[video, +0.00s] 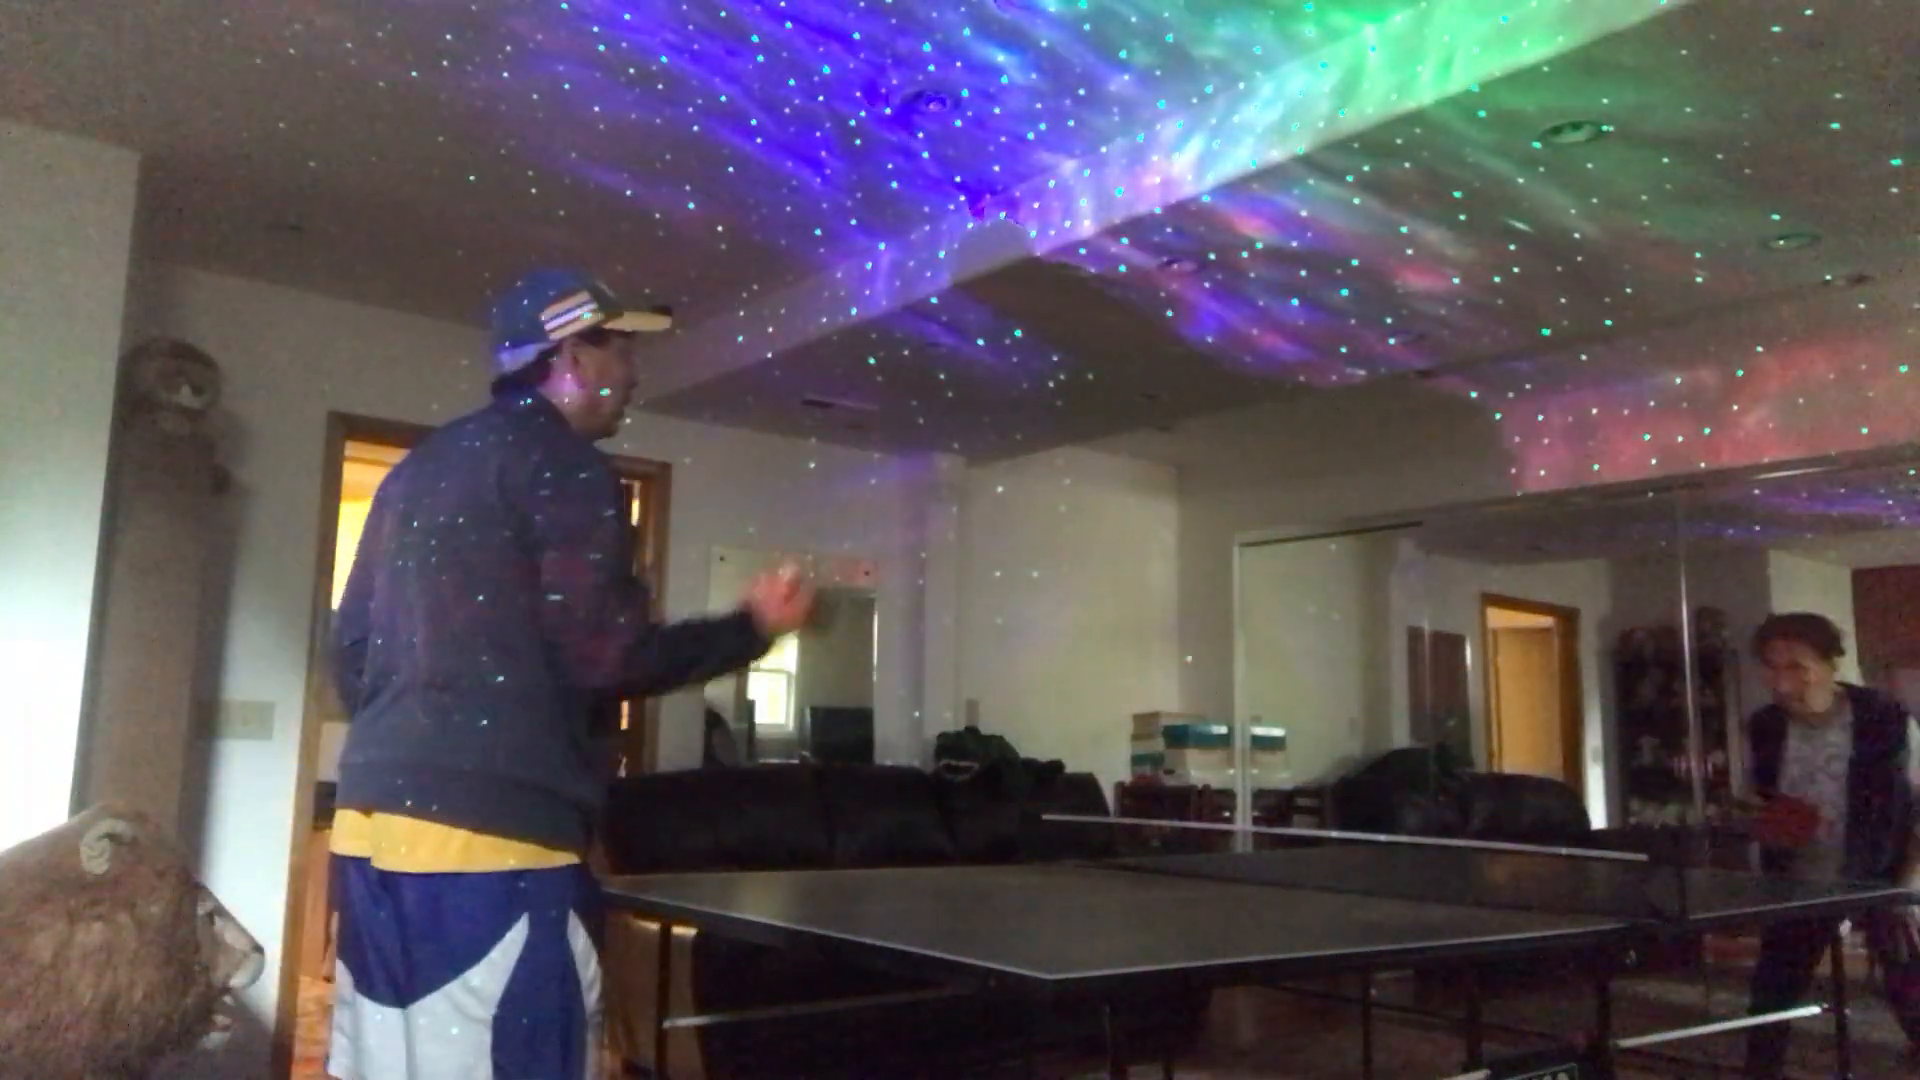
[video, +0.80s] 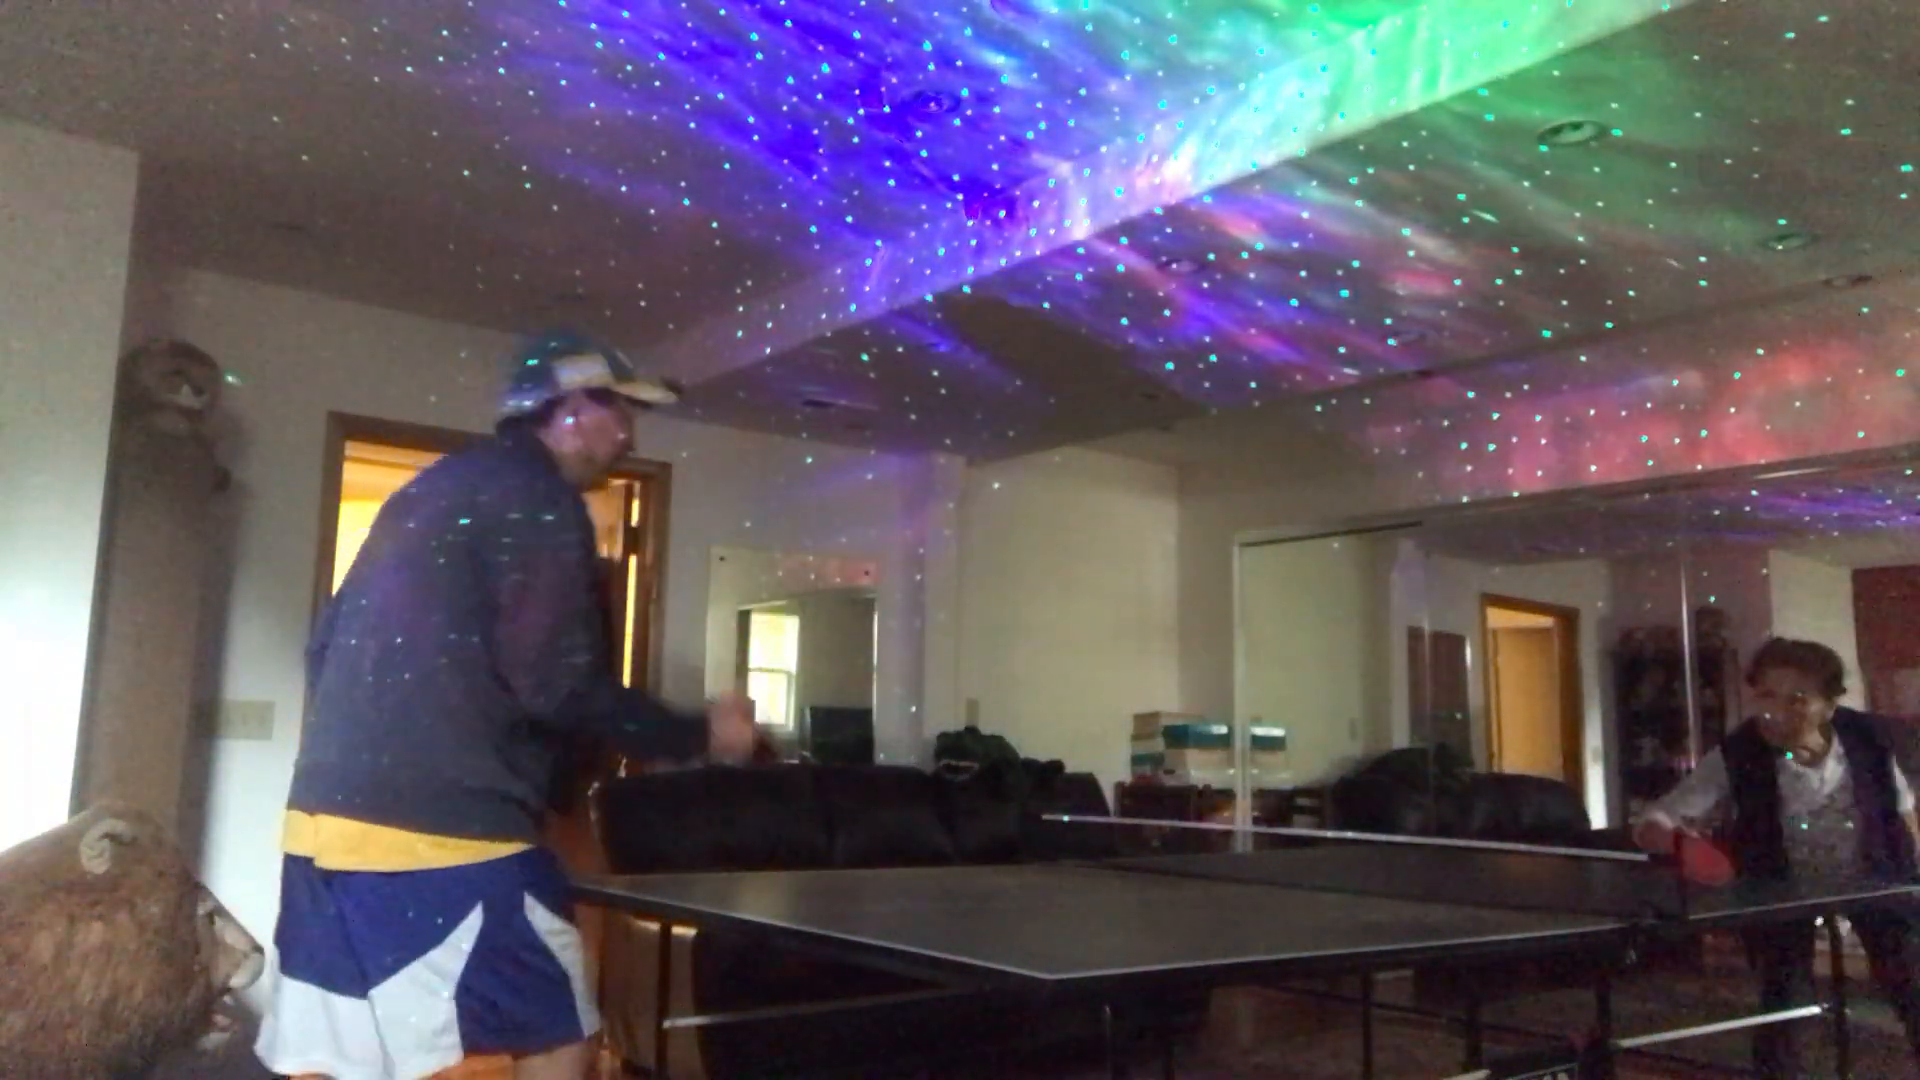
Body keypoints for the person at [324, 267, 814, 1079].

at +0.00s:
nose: (633, 374)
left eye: (631, 352)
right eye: (620, 350)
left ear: (537, 362)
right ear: (567, 358)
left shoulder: (414, 465)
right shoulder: (565, 462)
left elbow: (354, 649)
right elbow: (606, 653)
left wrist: (419, 746)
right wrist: (752, 626)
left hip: (370, 828)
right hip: (497, 842)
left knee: (374, 1067)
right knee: (521, 1063)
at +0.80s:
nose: (630, 437)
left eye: (631, 416)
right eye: (621, 413)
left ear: (545, 411)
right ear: (570, 412)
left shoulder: (424, 490)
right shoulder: (540, 500)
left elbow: (329, 640)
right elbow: (555, 682)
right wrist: (697, 732)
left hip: (326, 821)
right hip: (448, 826)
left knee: (332, 1060)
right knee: (556, 1050)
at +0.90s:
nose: (663, 461)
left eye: (663, 443)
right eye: (651, 438)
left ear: (590, 437)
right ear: (599, 437)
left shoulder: (444, 505)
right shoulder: (576, 527)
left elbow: (333, 641)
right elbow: (601, 718)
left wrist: (351, 771)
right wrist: (732, 783)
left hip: (317, 823)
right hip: (445, 830)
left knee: (322, 1062)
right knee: (552, 1053)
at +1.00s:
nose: (696, 501)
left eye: (698, 481)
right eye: (690, 478)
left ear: (597, 469)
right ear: (645, 474)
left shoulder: (471, 521)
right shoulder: (626, 564)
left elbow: (343, 636)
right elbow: (673, 748)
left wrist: (349, 775)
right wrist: (785, 808)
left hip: (320, 837)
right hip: (461, 854)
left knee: (298, 1067)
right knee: (536, 1064)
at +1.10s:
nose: (726, 529)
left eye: (730, 509)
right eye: (721, 507)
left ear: (632, 487)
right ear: (678, 496)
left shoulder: (505, 527)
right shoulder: (675, 597)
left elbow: (361, 628)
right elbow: (742, 759)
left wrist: (330, 785)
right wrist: (866, 783)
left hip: (351, 812)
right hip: (498, 840)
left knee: (322, 1062)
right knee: (577, 1052)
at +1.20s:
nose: (748, 524)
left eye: (750, 506)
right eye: (741, 504)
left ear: (655, 484)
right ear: (702, 495)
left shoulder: (526, 516)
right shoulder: (711, 590)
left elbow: (385, 596)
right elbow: (821, 721)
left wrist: (317, 739)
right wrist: (930, 716)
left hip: (383, 806)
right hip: (527, 835)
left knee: (326, 1053)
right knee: (596, 1056)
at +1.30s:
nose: (758, 511)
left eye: (761, 496)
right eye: (754, 495)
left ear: (661, 473)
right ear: (718, 487)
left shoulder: (539, 506)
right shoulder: (732, 578)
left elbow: (404, 571)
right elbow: (841, 670)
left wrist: (328, 710)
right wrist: (955, 618)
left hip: (405, 799)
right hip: (546, 830)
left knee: (374, 1057)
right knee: (606, 1060)